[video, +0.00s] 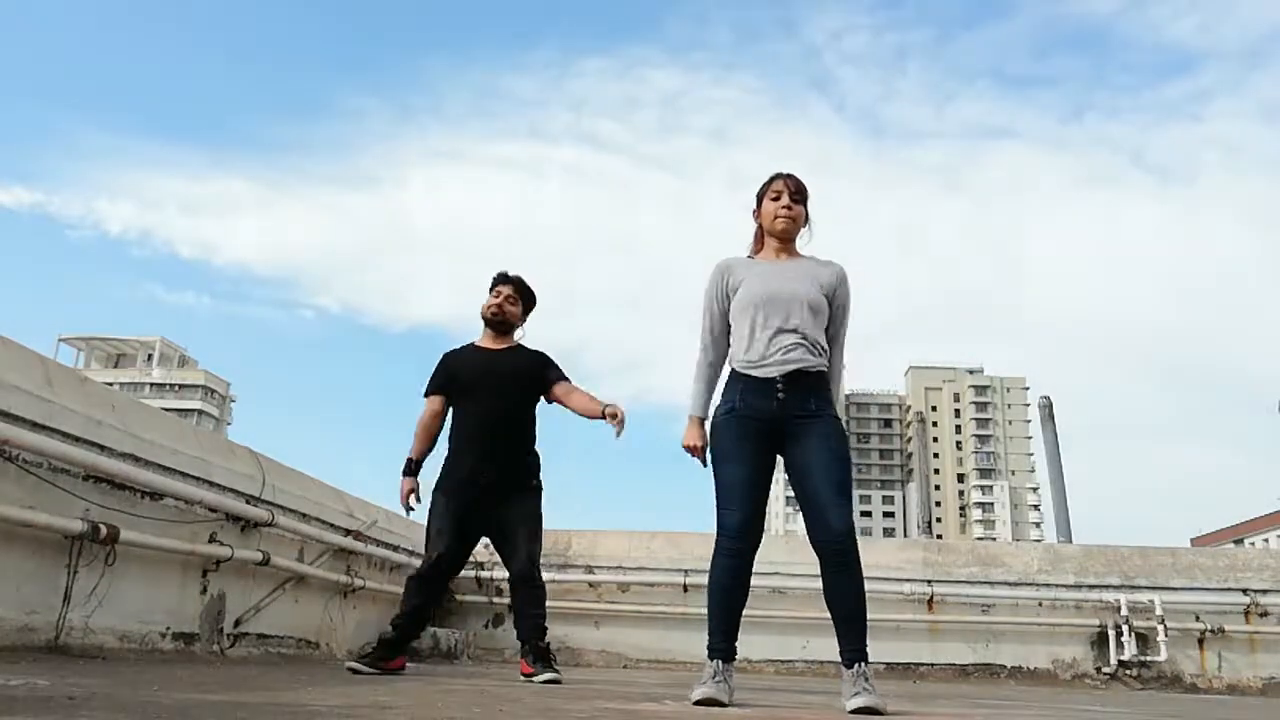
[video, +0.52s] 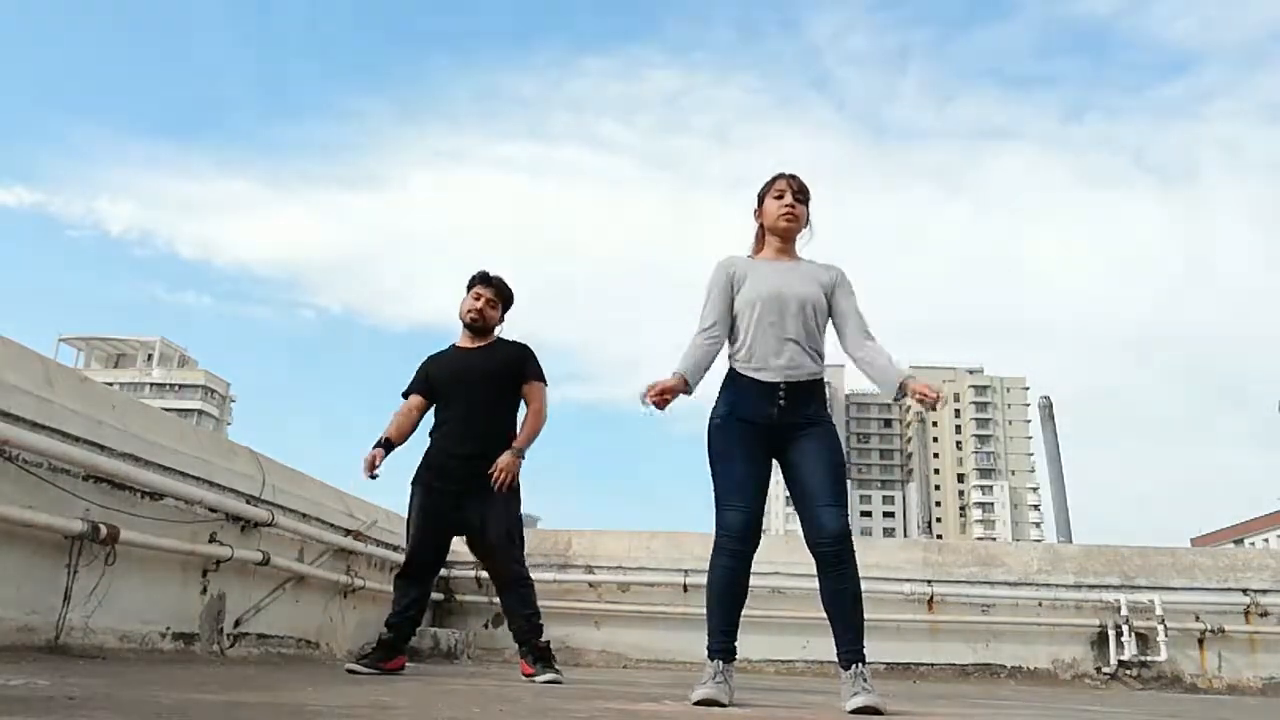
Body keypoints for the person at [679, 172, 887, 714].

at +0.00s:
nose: (786, 204)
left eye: (795, 198)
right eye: (776, 197)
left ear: (806, 216)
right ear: (757, 213)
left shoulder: (830, 274)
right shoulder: (730, 271)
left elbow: (834, 357)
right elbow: (712, 349)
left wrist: (831, 419)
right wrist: (696, 417)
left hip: (812, 407)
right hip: (742, 407)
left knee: (837, 536)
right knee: (736, 535)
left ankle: (857, 672)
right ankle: (718, 668)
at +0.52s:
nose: (790, 202)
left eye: (799, 198)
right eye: (779, 195)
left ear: (808, 218)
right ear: (759, 213)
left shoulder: (828, 276)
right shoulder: (733, 269)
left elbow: (861, 343)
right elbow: (709, 335)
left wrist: (904, 383)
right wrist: (682, 379)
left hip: (807, 413)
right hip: (741, 411)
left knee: (832, 536)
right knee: (736, 534)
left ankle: (855, 673)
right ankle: (718, 668)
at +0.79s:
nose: (785, 198)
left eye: (794, 195)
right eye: (774, 193)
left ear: (804, 215)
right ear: (754, 212)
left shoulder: (827, 273)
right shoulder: (728, 269)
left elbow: (834, 352)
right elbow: (709, 347)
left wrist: (880, 324)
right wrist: (688, 318)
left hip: (808, 412)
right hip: (741, 410)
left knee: (830, 535)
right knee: (737, 532)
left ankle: (854, 673)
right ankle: (718, 668)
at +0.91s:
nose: (784, 199)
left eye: (793, 195)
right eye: (773, 194)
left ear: (802, 216)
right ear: (754, 212)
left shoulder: (826, 274)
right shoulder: (727, 270)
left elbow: (832, 352)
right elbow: (717, 345)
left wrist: (886, 337)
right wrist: (680, 318)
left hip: (809, 413)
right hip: (741, 411)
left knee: (830, 536)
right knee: (737, 533)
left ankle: (854, 673)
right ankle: (718, 667)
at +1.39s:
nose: (782, 199)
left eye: (790, 194)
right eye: (770, 194)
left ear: (801, 212)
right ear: (752, 213)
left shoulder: (828, 271)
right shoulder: (728, 271)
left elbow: (854, 344)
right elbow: (703, 340)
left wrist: (872, 394)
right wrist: (682, 380)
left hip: (812, 407)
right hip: (743, 407)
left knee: (830, 536)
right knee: (737, 533)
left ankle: (854, 671)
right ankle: (719, 668)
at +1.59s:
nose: (780, 201)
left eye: (789, 195)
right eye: (769, 195)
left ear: (799, 213)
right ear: (750, 213)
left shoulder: (826, 272)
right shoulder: (727, 274)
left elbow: (845, 353)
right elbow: (714, 348)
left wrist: (885, 390)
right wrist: (679, 385)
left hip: (811, 411)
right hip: (743, 409)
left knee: (831, 537)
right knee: (737, 534)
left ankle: (855, 673)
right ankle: (719, 669)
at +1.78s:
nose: (781, 198)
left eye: (789, 193)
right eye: (769, 192)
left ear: (799, 212)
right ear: (749, 212)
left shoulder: (827, 270)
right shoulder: (725, 271)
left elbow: (864, 334)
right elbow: (688, 335)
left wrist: (889, 361)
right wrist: (692, 355)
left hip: (811, 408)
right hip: (744, 408)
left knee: (828, 535)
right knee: (738, 534)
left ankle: (854, 672)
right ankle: (719, 668)